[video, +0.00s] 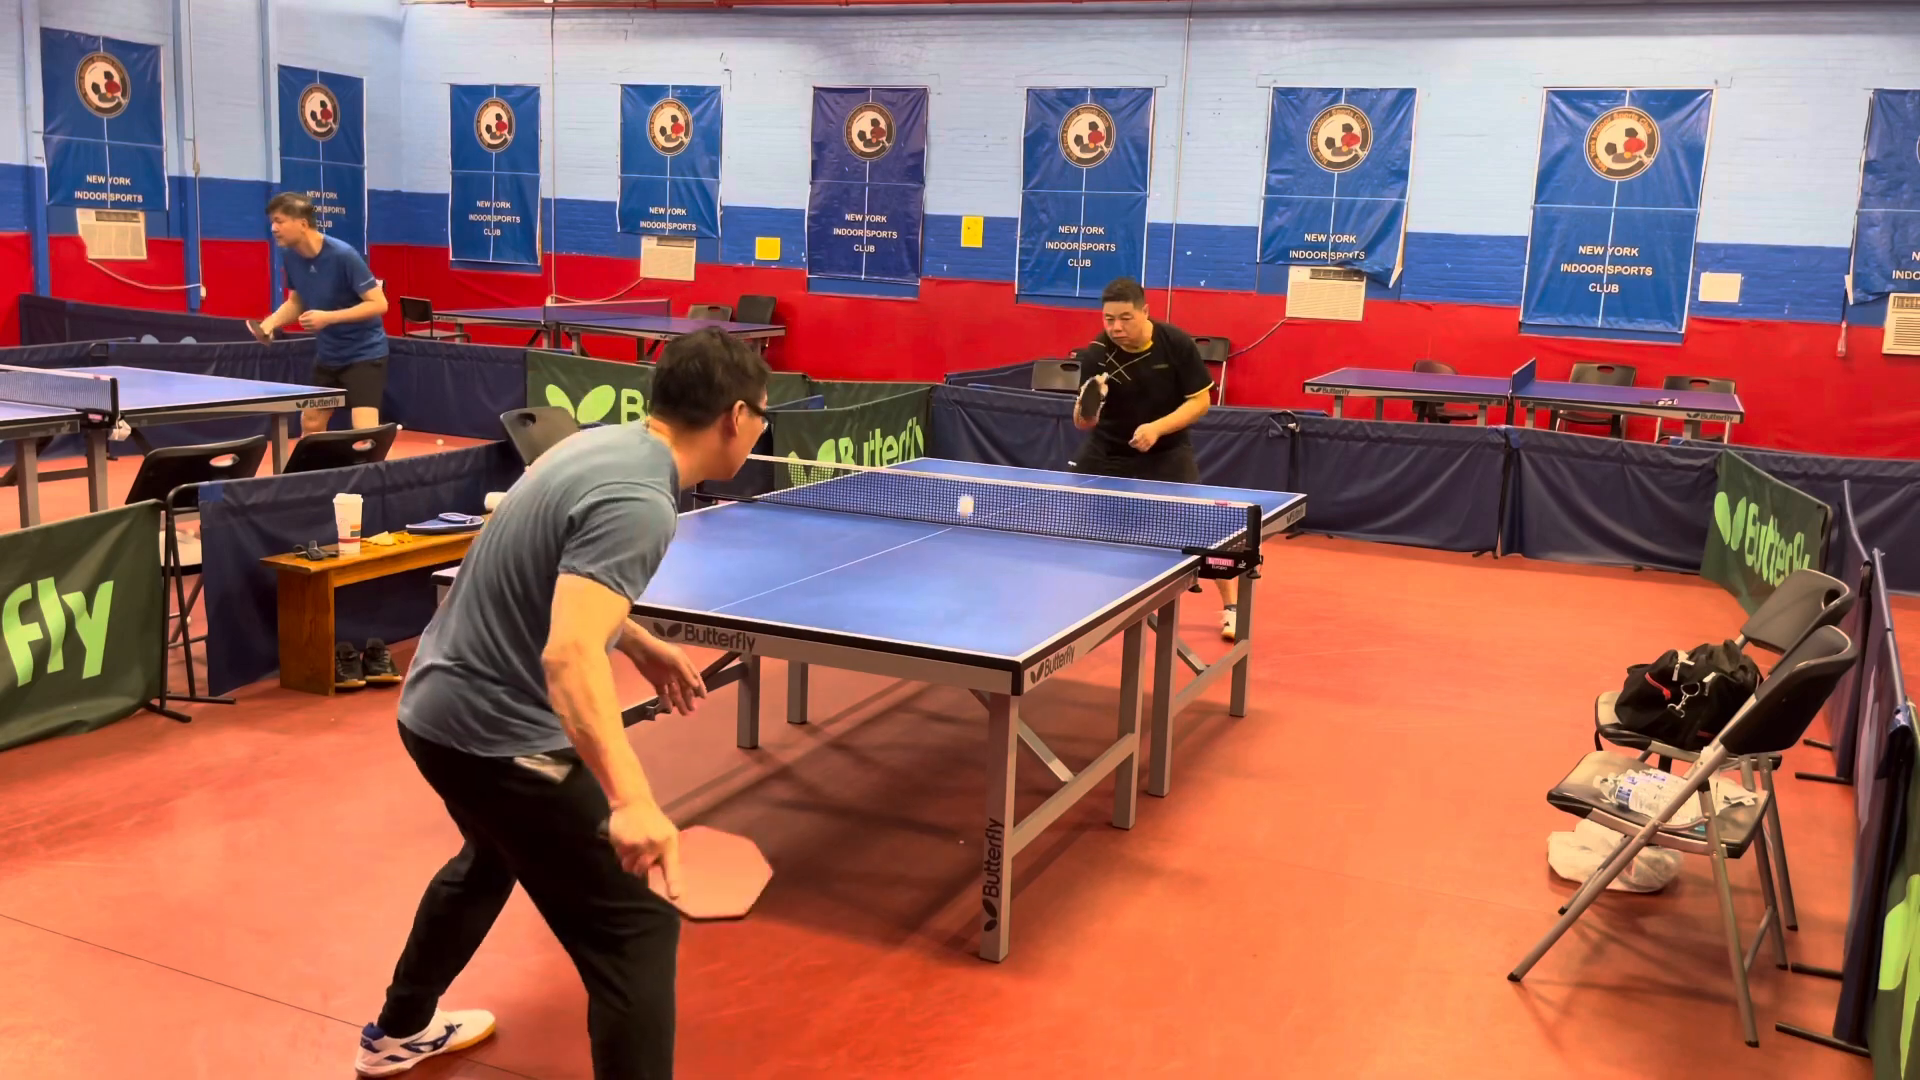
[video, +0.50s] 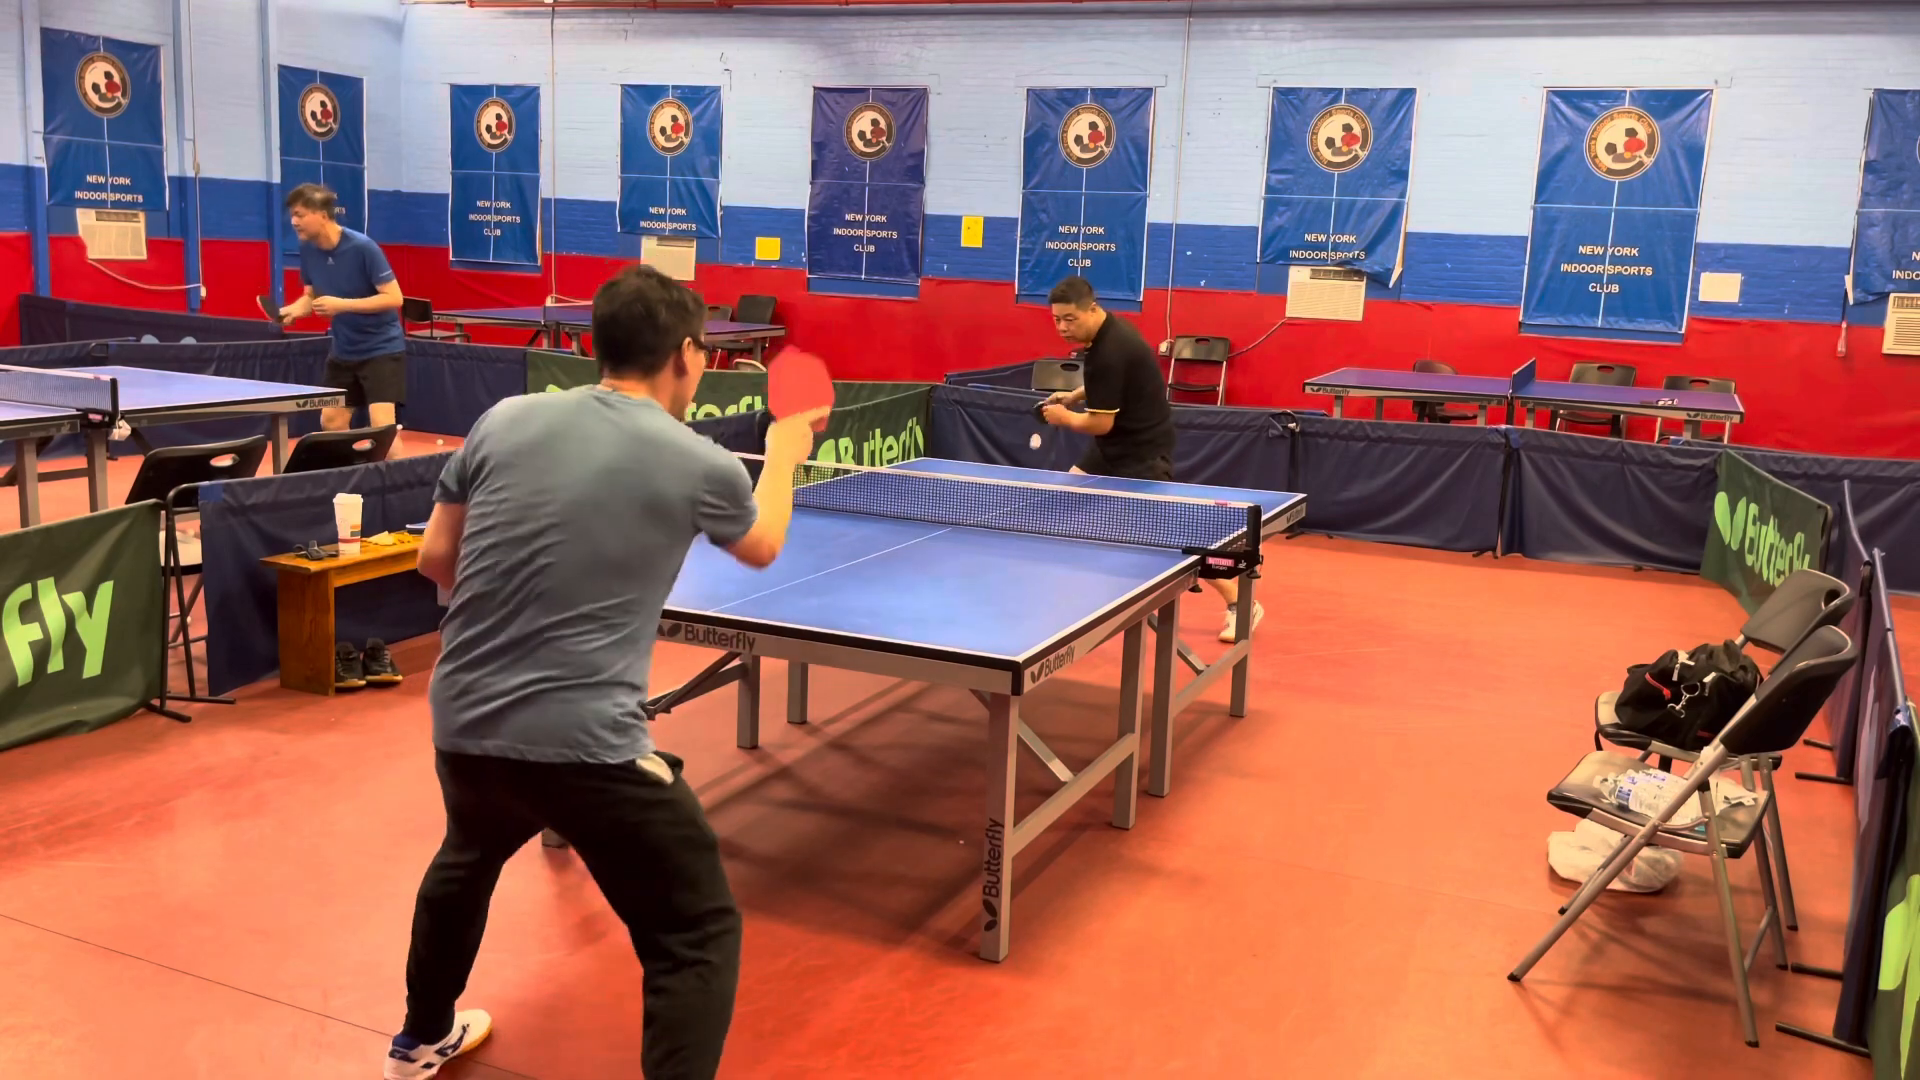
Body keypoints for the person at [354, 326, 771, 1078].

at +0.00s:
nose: (761, 431)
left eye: (762, 413)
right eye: (760, 413)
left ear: (665, 398)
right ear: (732, 417)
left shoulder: (597, 446)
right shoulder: (642, 499)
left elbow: (546, 575)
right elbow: (570, 658)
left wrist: (643, 645)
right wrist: (633, 802)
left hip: (435, 708)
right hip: (499, 734)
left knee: (494, 853)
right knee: (635, 928)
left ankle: (400, 1027)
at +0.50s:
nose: (703, 362)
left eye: (703, 347)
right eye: (701, 347)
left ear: (602, 348)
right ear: (681, 354)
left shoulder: (504, 420)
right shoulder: (693, 460)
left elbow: (437, 555)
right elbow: (761, 545)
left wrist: (501, 604)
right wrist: (785, 449)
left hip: (466, 736)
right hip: (587, 748)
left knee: (466, 856)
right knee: (696, 935)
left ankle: (424, 1034)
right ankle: (677, 1074)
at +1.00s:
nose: (708, 423)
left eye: (712, 406)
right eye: (708, 405)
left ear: (617, 386)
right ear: (674, 404)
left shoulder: (550, 444)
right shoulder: (568, 489)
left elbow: (524, 583)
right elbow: (481, 647)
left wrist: (633, 631)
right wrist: (539, 774)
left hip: (419, 722)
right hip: (460, 743)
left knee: (451, 883)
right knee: (601, 925)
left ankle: (320, 1050)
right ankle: (635, 1074)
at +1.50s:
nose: (578, 360)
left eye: (576, 344)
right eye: (576, 344)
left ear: (472, 343)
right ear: (554, 349)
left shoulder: (374, 416)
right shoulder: (560, 458)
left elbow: (305, 554)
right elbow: (633, 574)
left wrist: (410, 548)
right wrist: (660, 490)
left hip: (339, 733)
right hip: (454, 750)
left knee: (375, 868)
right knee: (564, 952)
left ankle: (317, 1058)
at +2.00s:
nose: (584, 404)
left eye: (587, 385)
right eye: (583, 383)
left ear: (524, 374)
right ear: (540, 378)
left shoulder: (447, 443)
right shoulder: (433, 466)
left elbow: (434, 596)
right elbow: (395, 641)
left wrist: (540, 635)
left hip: (360, 731)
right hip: (364, 746)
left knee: (401, 887)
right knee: (504, 947)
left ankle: (276, 1063)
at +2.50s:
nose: (576, 396)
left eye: (577, 377)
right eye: (575, 377)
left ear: (469, 371)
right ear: (551, 382)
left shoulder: (352, 441)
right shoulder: (536, 498)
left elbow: (271, 574)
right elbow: (603, 644)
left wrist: (389, 571)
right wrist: (664, 567)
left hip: (267, 754)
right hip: (380, 777)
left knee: (329, 891)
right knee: (532, 979)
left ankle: (264, 1065)